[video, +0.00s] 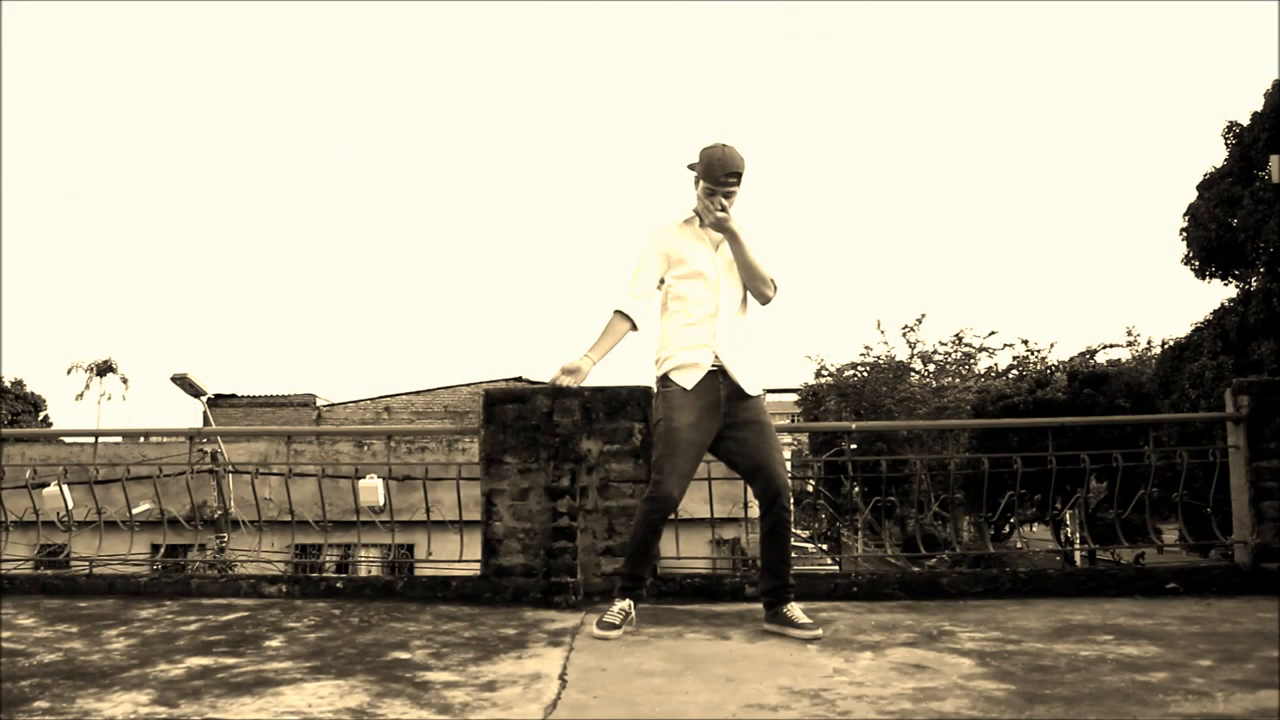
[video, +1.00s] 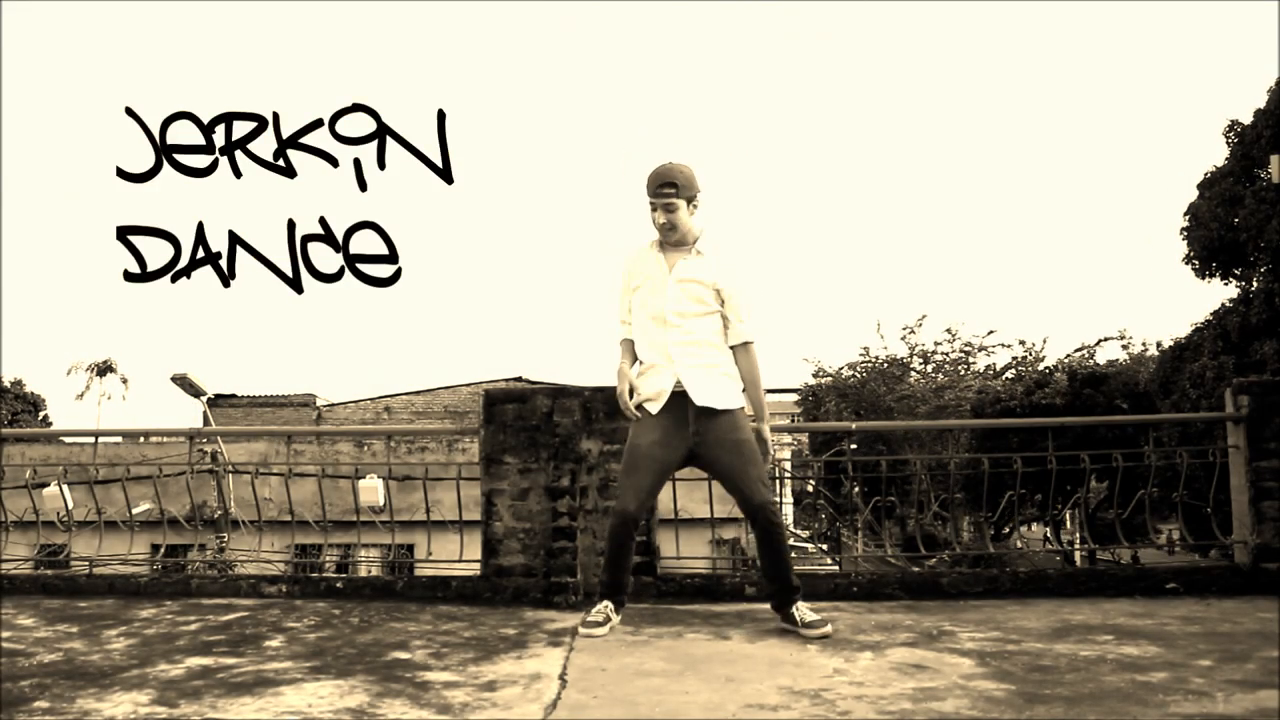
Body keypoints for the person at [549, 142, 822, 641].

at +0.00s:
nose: (724, 195)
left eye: (732, 187)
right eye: (715, 185)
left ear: (740, 187)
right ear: (696, 181)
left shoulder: (738, 240)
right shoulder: (667, 238)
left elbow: (765, 293)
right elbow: (630, 310)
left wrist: (731, 233)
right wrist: (588, 360)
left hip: (739, 383)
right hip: (686, 380)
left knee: (777, 490)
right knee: (667, 492)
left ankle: (779, 604)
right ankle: (624, 599)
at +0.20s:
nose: (678, 189)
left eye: (686, 180)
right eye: (669, 180)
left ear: (696, 180)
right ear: (651, 178)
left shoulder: (708, 231)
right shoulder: (629, 234)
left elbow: (717, 292)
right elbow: (607, 297)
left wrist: (687, 231)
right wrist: (610, 349)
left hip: (725, 375)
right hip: (665, 378)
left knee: (774, 480)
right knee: (645, 495)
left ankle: (823, 585)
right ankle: (626, 603)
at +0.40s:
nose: (656, 195)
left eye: (663, 183)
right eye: (646, 187)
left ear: (677, 178)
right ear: (634, 187)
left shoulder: (707, 226)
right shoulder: (628, 237)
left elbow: (734, 289)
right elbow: (613, 303)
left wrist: (676, 242)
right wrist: (614, 357)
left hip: (720, 376)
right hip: (660, 380)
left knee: (765, 477)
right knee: (643, 492)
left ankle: (786, 581)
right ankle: (627, 602)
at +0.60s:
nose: (681, 197)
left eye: (689, 187)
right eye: (673, 189)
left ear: (709, 184)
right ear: (666, 190)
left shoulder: (735, 239)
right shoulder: (645, 244)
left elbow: (741, 305)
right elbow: (633, 326)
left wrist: (691, 340)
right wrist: (627, 391)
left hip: (719, 391)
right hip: (657, 389)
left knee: (745, 494)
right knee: (631, 485)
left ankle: (745, 601)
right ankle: (622, 596)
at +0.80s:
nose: (645, 183)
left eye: (653, 173)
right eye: (638, 176)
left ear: (674, 171)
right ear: (632, 180)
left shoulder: (710, 228)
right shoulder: (625, 234)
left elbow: (737, 294)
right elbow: (609, 305)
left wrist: (755, 365)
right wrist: (613, 363)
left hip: (718, 376)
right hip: (654, 380)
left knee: (758, 477)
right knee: (630, 486)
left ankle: (775, 586)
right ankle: (607, 594)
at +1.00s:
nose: (661, 215)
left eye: (670, 206)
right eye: (654, 207)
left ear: (692, 206)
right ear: (649, 208)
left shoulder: (721, 265)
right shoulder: (638, 264)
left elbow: (743, 346)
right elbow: (629, 334)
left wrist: (761, 421)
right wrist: (624, 369)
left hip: (720, 406)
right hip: (657, 407)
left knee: (764, 506)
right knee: (626, 510)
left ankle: (788, 604)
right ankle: (608, 603)